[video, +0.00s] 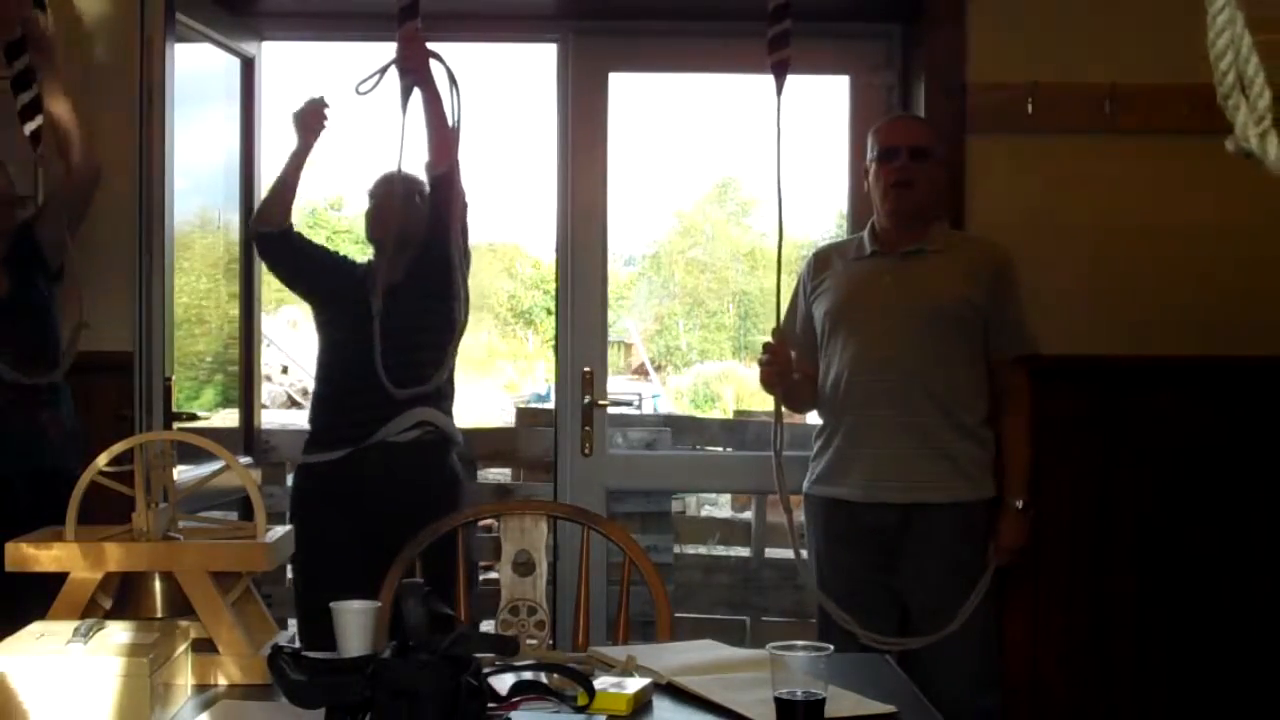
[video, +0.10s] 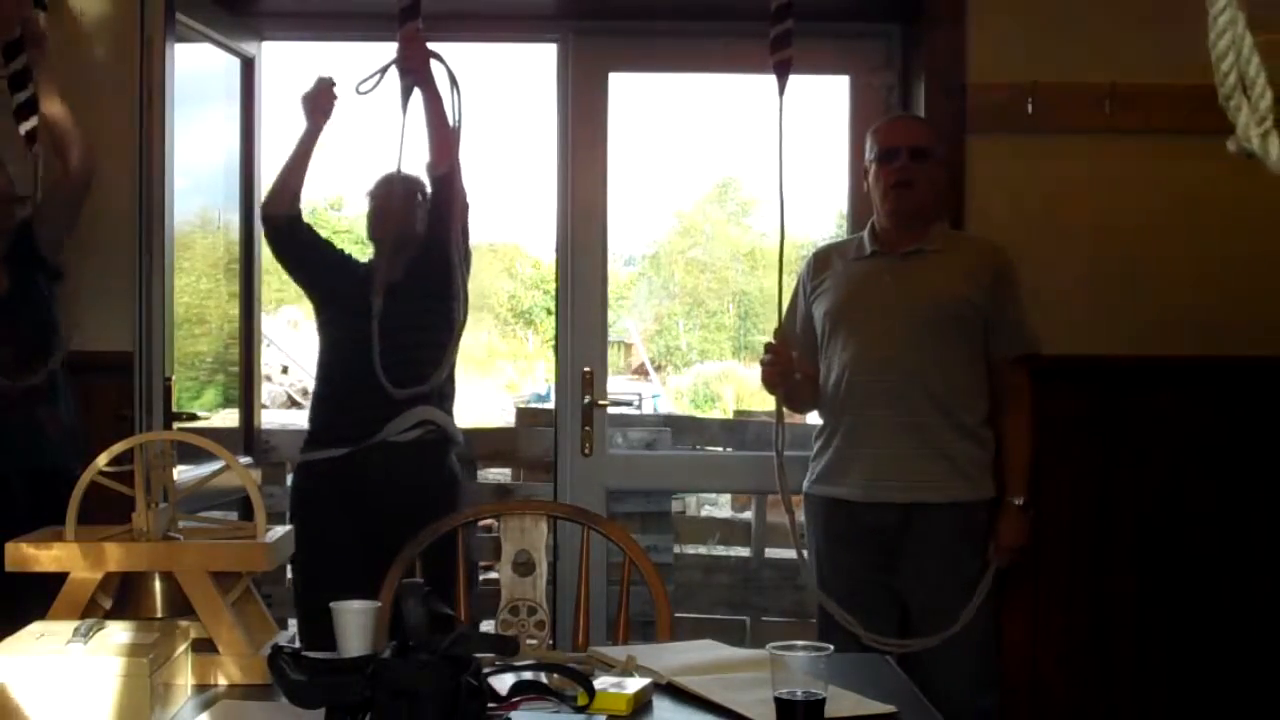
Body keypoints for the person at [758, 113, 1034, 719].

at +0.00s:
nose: (902, 167)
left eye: (918, 156)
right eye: (888, 156)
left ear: (941, 172)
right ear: (868, 174)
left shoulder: (982, 263)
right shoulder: (825, 266)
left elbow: (1013, 390)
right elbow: (808, 391)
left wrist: (1014, 503)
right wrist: (782, 381)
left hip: (952, 506)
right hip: (843, 505)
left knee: (953, 682)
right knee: (854, 678)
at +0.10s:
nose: (901, 168)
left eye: (918, 156)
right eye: (887, 157)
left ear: (942, 173)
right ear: (868, 176)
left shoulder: (981, 263)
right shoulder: (824, 266)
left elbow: (1013, 389)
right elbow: (809, 392)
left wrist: (1015, 502)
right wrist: (785, 381)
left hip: (951, 507)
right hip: (843, 505)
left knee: (953, 681)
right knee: (854, 677)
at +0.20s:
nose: (902, 168)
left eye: (918, 156)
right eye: (887, 158)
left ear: (941, 173)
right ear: (868, 177)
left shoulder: (980, 262)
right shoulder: (824, 266)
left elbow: (1013, 387)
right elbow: (809, 392)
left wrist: (1014, 501)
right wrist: (785, 381)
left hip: (951, 506)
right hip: (843, 505)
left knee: (953, 681)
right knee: (854, 677)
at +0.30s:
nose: (902, 168)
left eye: (918, 157)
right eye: (887, 158)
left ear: (941, 172)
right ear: (868, 176)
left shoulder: (980, 262)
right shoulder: (824, 266)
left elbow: (1013, 387)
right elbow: (808, 393)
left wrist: (1014, 499)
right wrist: (786, 380)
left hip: (951, 505)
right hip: (843, 504)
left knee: (953, 679)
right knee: (854, 676)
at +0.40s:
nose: (906, 170)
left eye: (921, 157)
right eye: (889, 159)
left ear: (942, 172)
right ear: (867, 177)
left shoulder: (980, 262)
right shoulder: (823, 266)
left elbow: (1013, 386)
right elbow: (807, 393)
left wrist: (1015, 498)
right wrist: (786, 380)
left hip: (951, 506)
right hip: (843, 504)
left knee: (954, 681)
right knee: (854, 677)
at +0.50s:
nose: (912, 169)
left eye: (926, 157)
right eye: (894, 158)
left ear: (944, 172)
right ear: (866, 178)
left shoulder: (981, 263)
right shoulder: (823, 266)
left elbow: (1013, 387)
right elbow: (807, 394)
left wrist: (1015, 500)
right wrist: (787, 380)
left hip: (951, 506)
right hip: (843, 505)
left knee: (954, 681)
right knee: (855, 676)